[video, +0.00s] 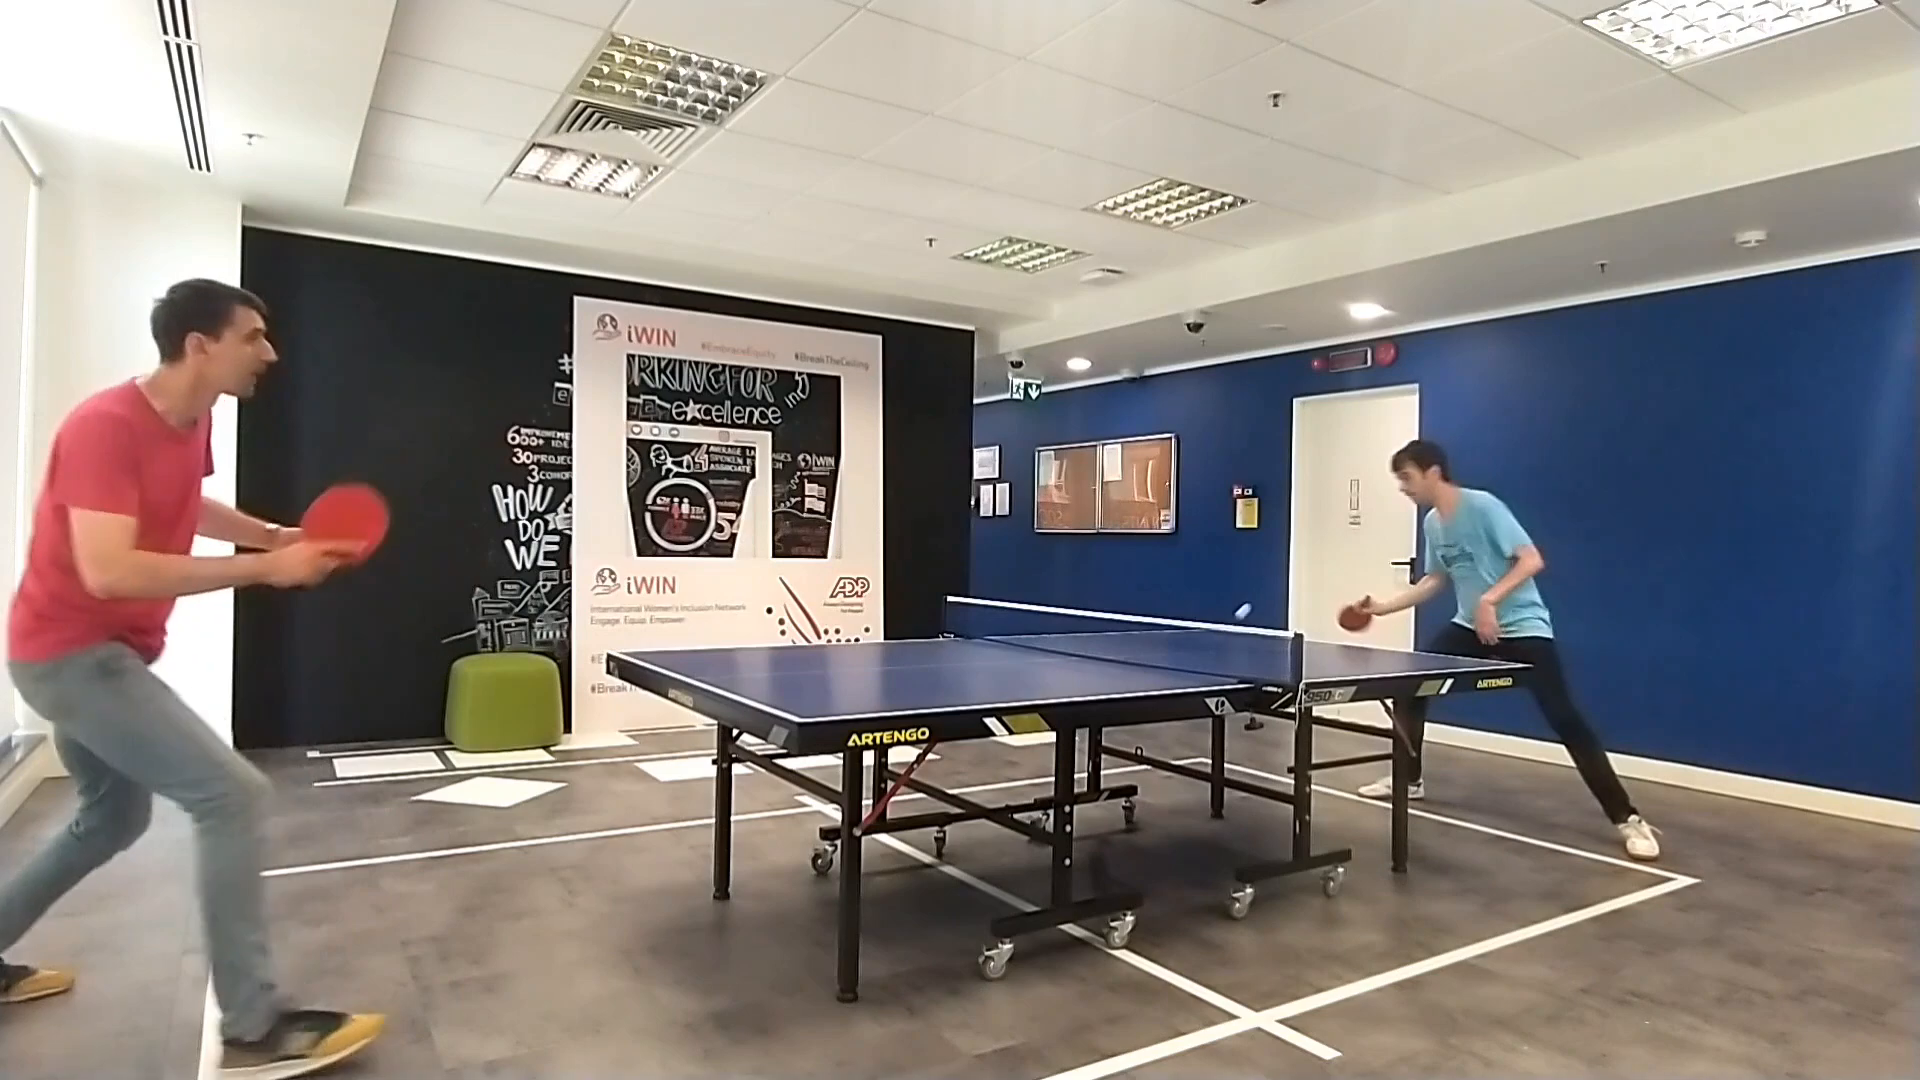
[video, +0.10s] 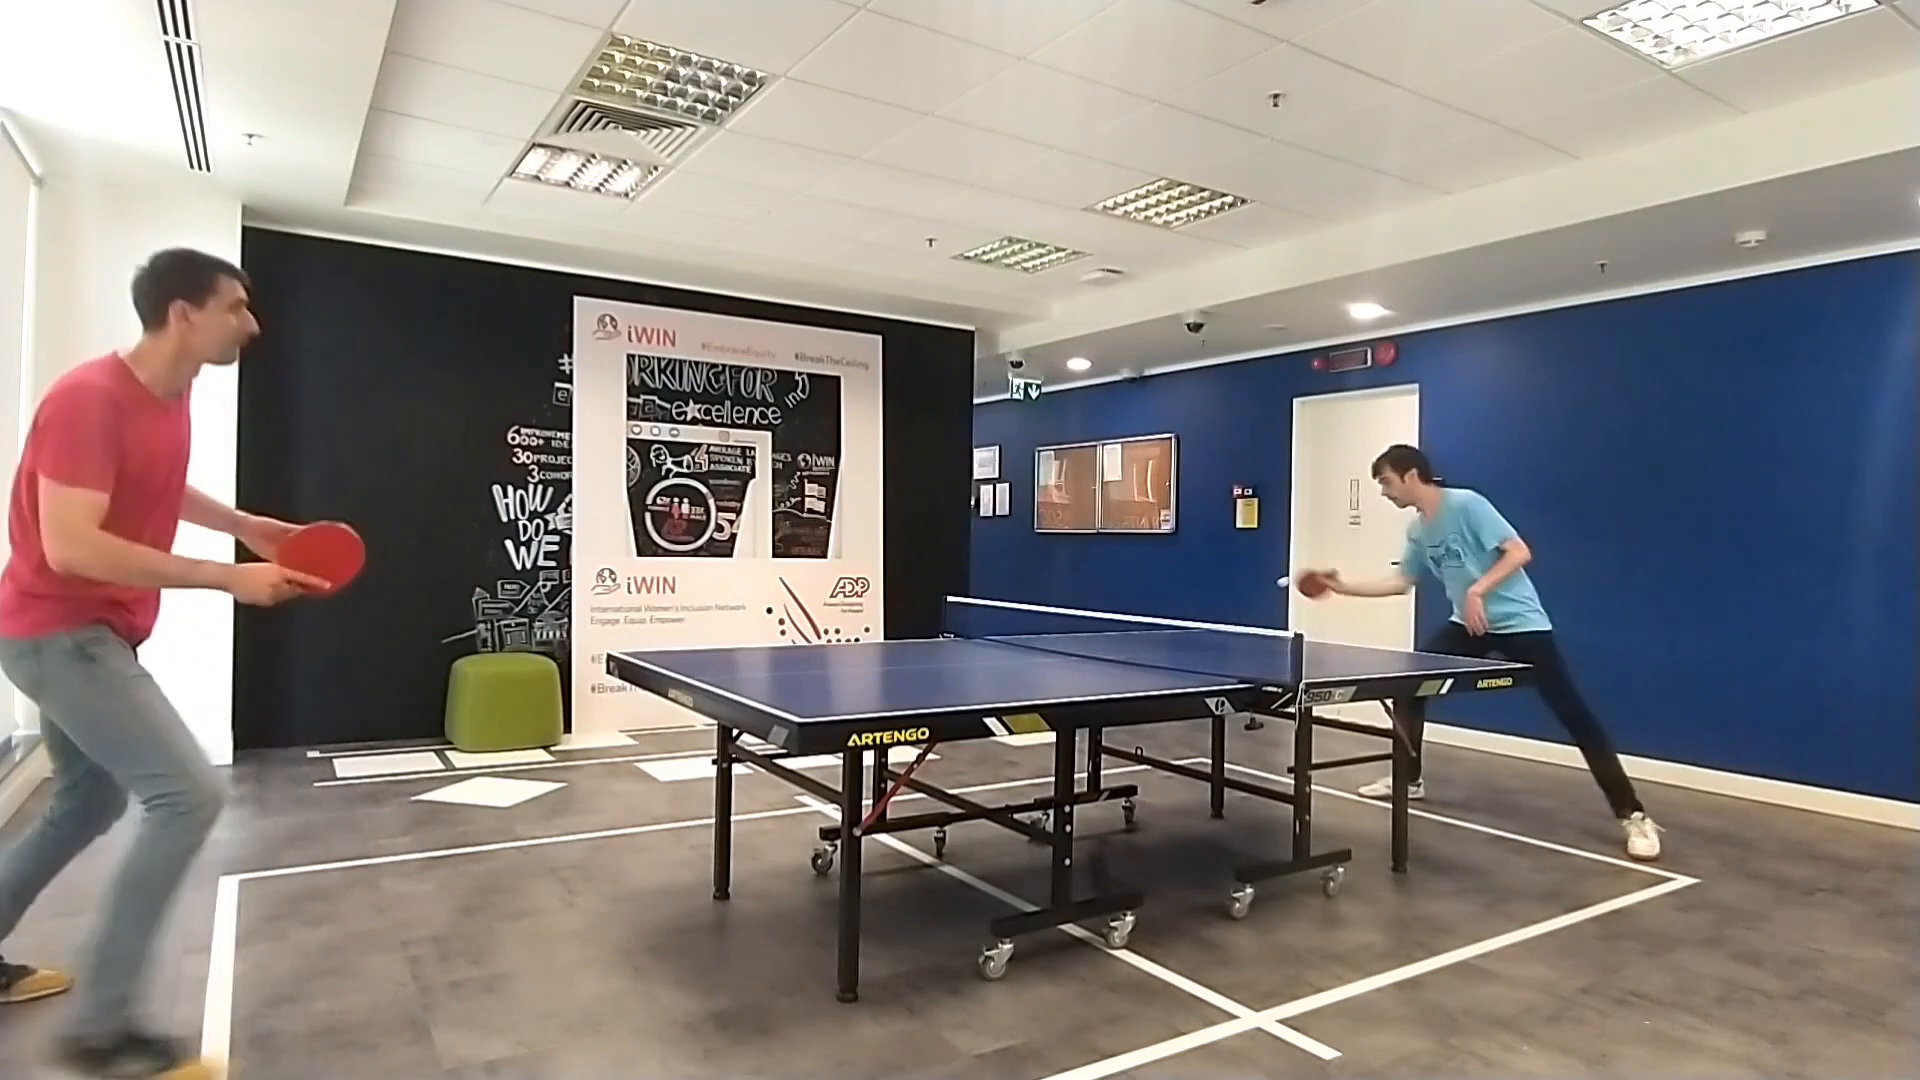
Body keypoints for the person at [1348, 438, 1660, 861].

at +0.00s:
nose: (1402, 488)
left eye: (1406, 477)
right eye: (1399, 480)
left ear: (1434, 472)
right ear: (1422, 478)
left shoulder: (1482, 505)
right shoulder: (1432, 522)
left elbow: (1531, 560)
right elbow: (1435, 581)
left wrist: (1489, 600)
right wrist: (1380, 607)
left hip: (1523, 628)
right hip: (1470, 629)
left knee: (1563, 718)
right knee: (1408, 686)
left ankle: (1627, 820)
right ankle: (1407, 778)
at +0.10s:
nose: (1383, 492)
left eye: (1385, 482)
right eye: (1380, 485)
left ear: (1410, 474)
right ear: (1406, 478)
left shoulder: (1466, 504)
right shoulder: (1417, 532)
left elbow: (1518, 552)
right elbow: (1399, 582)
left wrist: (1476, 591)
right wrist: (1338, 583)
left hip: (1522, 626)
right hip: (1468, 629)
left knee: (1573, 712)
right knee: (1408, 683)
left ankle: (1632, 816)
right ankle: (1406, 778)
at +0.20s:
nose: (1380, 494)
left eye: (1384, 484)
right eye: (1378, 487)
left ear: (1409, 477)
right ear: (1401, 484)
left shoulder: (1465, 506)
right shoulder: (1405, 538)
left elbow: (1518, 550)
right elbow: (1362, 570)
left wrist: (1475, 587)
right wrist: (1317, 555)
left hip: (1523, 627)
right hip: (1469, 631)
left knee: (1577, 709)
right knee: (1406, 680)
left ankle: (1648, 812)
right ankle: (1405, 776)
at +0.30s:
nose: (1395, 490)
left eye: (1400, 480)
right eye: (1392, 483)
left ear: (1428, 477)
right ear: (1413, 485)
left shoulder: (1479, 509)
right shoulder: (1409, 535)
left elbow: (1530, 555)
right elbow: (1366, 553)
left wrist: (1488, 585)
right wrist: (1334, 560)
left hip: (1529, 630)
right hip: (1471, 635)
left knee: (1588, 712)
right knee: (1405, 686)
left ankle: (1668, 810)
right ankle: (1404, 779)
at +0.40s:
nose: (1426, 484)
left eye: (1434, 474)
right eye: (1424, 477)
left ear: (1463, 475)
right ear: (1433, 486)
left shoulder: (1508, 511)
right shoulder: (1435, 535)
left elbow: (1554, 563)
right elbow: (1392, 585)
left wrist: (1514, 588)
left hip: (1541, 636)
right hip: (1483, 639)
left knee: (1602, 716)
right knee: (1414, 685)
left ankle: (1689, 813)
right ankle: (1405, 780)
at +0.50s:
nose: (1473, 481)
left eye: (1481, 473)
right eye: (1470, 474)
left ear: (1510, 476)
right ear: (1473, 482)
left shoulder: (1552, 517)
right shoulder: (1473, 532)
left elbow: (1592, 572)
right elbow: (1447, 579)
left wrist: (1551, 596)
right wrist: (1445, 599)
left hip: (1569, 648)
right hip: (1507, 645)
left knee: (1622, 730)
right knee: (1433, 700)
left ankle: (1698, 825)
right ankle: (1404, 780)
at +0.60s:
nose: (1518, 474)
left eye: (1527, 465)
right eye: (1516, 467)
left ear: (1557, 469)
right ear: (1518, 474)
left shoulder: (1598, 515)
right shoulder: (1518, 527)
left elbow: (1636, 574)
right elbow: (1496, 577)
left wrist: (1595, 601)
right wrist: (1482, 605)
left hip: (1603, 646)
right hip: (1541, 642)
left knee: (1642, 731)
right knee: (1473, 703)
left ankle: (1701, 826)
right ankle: (1417, 776)